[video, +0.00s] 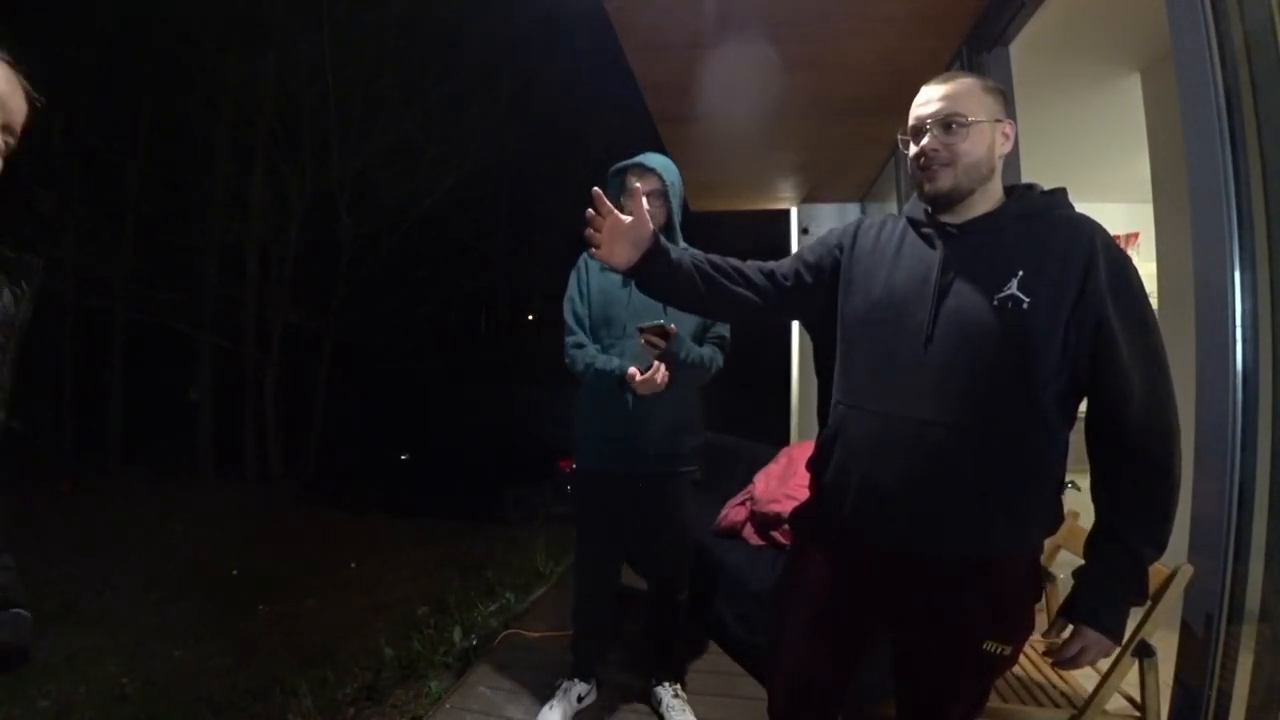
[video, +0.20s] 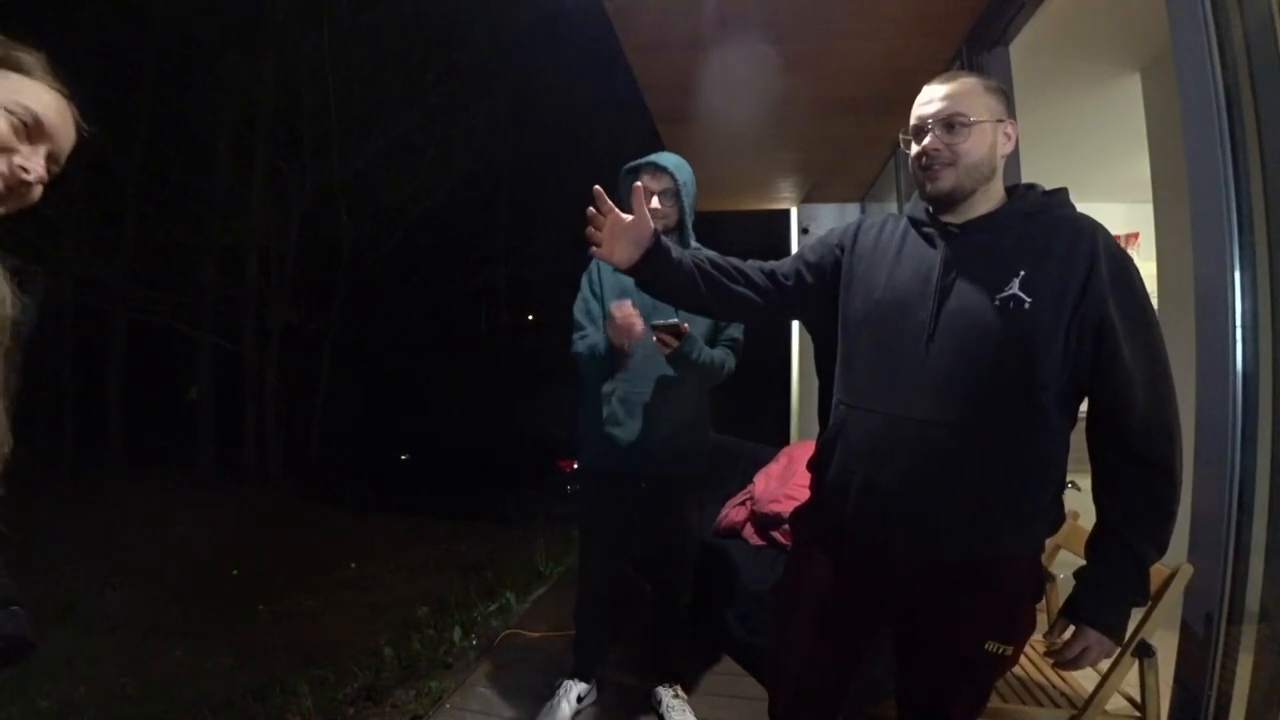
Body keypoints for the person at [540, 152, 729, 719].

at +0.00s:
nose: (644, 206)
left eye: (656, 196)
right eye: (634, 195)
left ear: (674, 202)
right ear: (616, 202)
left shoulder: (698, 271)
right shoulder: (591, 266)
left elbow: (714, 356)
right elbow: (575, 349)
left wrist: (678, 351)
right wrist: (626, 370)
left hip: (671, 448)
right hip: (604, 445)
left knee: (671, 568)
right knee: (594, 565)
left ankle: (665, 678)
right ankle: (582, 677)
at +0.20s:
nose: (652, 204)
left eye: (664, 194)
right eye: (642, 193)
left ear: (686, 201)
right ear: (627, 200)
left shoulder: (712, 274)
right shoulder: (603, 269)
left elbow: (725, 360)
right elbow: (579, 351)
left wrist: (688, 349)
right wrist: (611, 343)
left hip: (678, 442)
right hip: (611, 438)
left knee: (673, 556)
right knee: (599, 554)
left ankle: (666, 679)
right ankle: (582, 675)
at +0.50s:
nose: (664, 205)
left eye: (677, 196)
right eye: (657, 195)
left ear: (702, 202)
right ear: (644, 202)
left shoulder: (729, 277)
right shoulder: (624, 267)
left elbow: (738, 367)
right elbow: (588, 333)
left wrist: (691, 350)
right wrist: (620, 257)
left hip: (683, 446)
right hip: (615, 438)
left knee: (673, 560)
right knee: (601, 555)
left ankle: (666, 678)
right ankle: (584, 674)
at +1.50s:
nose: (670, 220)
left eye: (682, 212)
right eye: (665, 209)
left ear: (705, 217)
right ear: (656, 212)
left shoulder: (721, 279)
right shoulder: (630, 270)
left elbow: (732, 361)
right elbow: (591, 328)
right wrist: (637, 262)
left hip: (686, 440)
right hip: (621, 435)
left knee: (678, 554)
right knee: (609, 540)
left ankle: (666, 673)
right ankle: (610, 624)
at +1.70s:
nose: (650, 224)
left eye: (661, 214)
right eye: (642, 215)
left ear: (682, 220)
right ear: (631, 221)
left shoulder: (706, 284)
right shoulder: (609, 277)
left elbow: (718, 352)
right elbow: (565, 342)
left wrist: (678, 363)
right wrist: (588, 326)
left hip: (675, 433)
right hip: (609, 427)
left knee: (665, 546)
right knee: (611, 532)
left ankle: (661, 670)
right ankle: (620, 629)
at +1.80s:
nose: (638, 227)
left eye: (648, 217)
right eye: (630, 218)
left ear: (668, 222)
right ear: (620, 224)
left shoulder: (695, 284)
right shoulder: (597, 285)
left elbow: (708, 361)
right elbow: (562, 357)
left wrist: (678, 427)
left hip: (667, 439)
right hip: (603, 431)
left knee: (664, 554)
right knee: (608, 540)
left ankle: (663, 673)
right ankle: (618, 632)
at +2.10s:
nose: (604, 230)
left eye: (613, 220)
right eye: (596, 221)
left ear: (635, 225)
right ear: (585, 230)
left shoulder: (659, 288)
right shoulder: (582, 292)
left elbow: (687, 351)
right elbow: (566, 369)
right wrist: (569, 434)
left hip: (650, 444)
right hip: (599, 444)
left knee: (654, 562)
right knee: (607, 547)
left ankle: (656, 667)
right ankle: (621, 632)